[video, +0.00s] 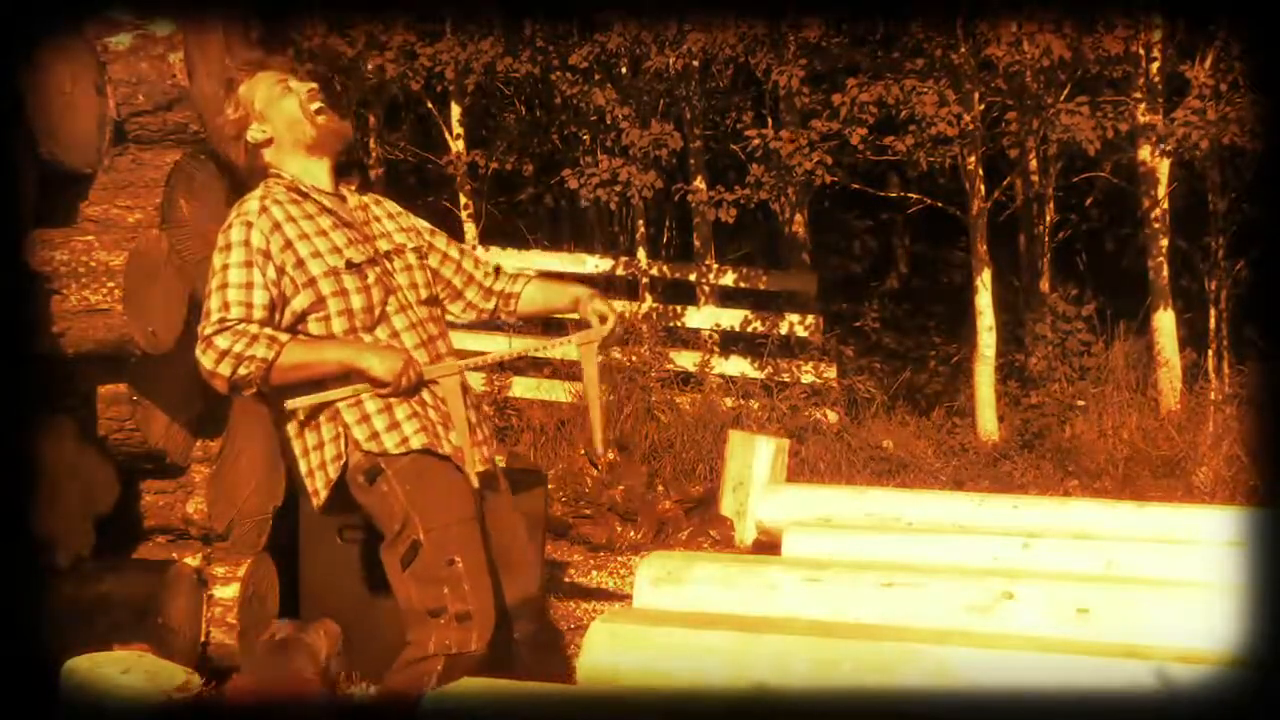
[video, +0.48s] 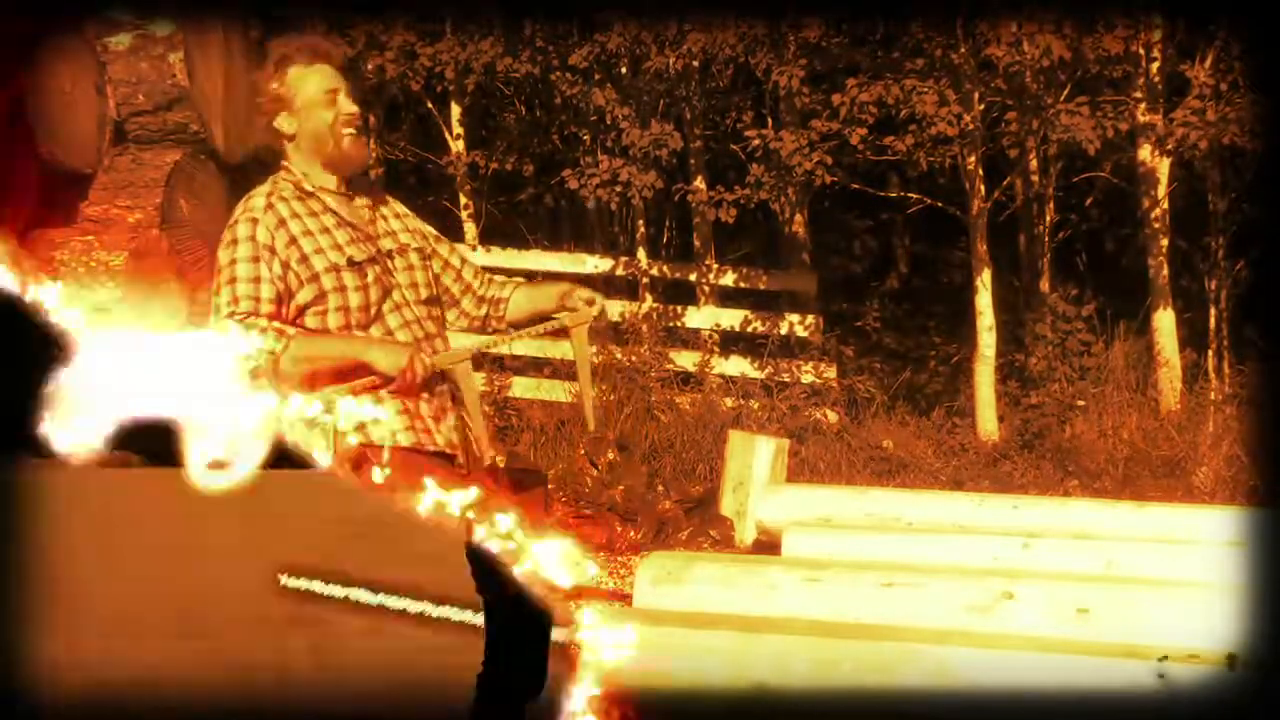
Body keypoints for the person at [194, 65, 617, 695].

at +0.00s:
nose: (316, 91)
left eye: (313, 83)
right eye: (290, 87)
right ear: (258, 131)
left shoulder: (380, 211)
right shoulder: (257, 218)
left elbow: (483, 283)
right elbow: (225, 349)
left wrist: (573, 295)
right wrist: (354, 354)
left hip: (453, 427)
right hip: (374, 434)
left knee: (523, 616)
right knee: (457, 622)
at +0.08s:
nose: (316, 96)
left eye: (313, 89)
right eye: (291, 93)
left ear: (331, 116)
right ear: (259, 137)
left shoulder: (381, 215)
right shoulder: (258, 222)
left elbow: (486, 282)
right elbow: (227, 351)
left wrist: (585, 295)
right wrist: (359, 356)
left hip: (456, 430)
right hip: (376, 436)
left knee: (528, 615)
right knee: (458, 623)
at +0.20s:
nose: (313, 100)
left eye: (311, 95)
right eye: (289, 97)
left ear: (328, 125)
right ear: (257, 141)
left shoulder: (381, 217)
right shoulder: (258, 224)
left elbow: (491, 283)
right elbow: (228, 354)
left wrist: (595, 294)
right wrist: (358, 357)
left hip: (461, 429)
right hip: (381, 436)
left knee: (527, 616)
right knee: (460, 622)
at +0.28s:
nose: (313, 99)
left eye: (311, 94)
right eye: (289, 96)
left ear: (327, 122)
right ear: (257, 141)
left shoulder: (380, 218)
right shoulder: (257, 226)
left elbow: (490, 283)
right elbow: (228, 353)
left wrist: (590, 292)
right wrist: (354, 356)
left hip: (461, 433)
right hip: (380, 441)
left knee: (527, 616)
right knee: (458, 622)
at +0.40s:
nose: (330, 97)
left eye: (326, 89)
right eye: (306, 92)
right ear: (267, 135)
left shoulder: (387, 218)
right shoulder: (259, 223)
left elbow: (483, 289)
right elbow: (231, 348)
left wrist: (571, 294)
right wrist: (360, 353)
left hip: (458, 449)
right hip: (375, 456)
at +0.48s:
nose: (353, 107)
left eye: (350, 96)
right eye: (331, 97)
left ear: (353, 111)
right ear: (284, 121)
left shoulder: (394, 218)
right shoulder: (262, 219)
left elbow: (478, 299)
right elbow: (247, 350)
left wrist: (556, 295)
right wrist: (365, 347)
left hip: (443, 449)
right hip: (347, 455)